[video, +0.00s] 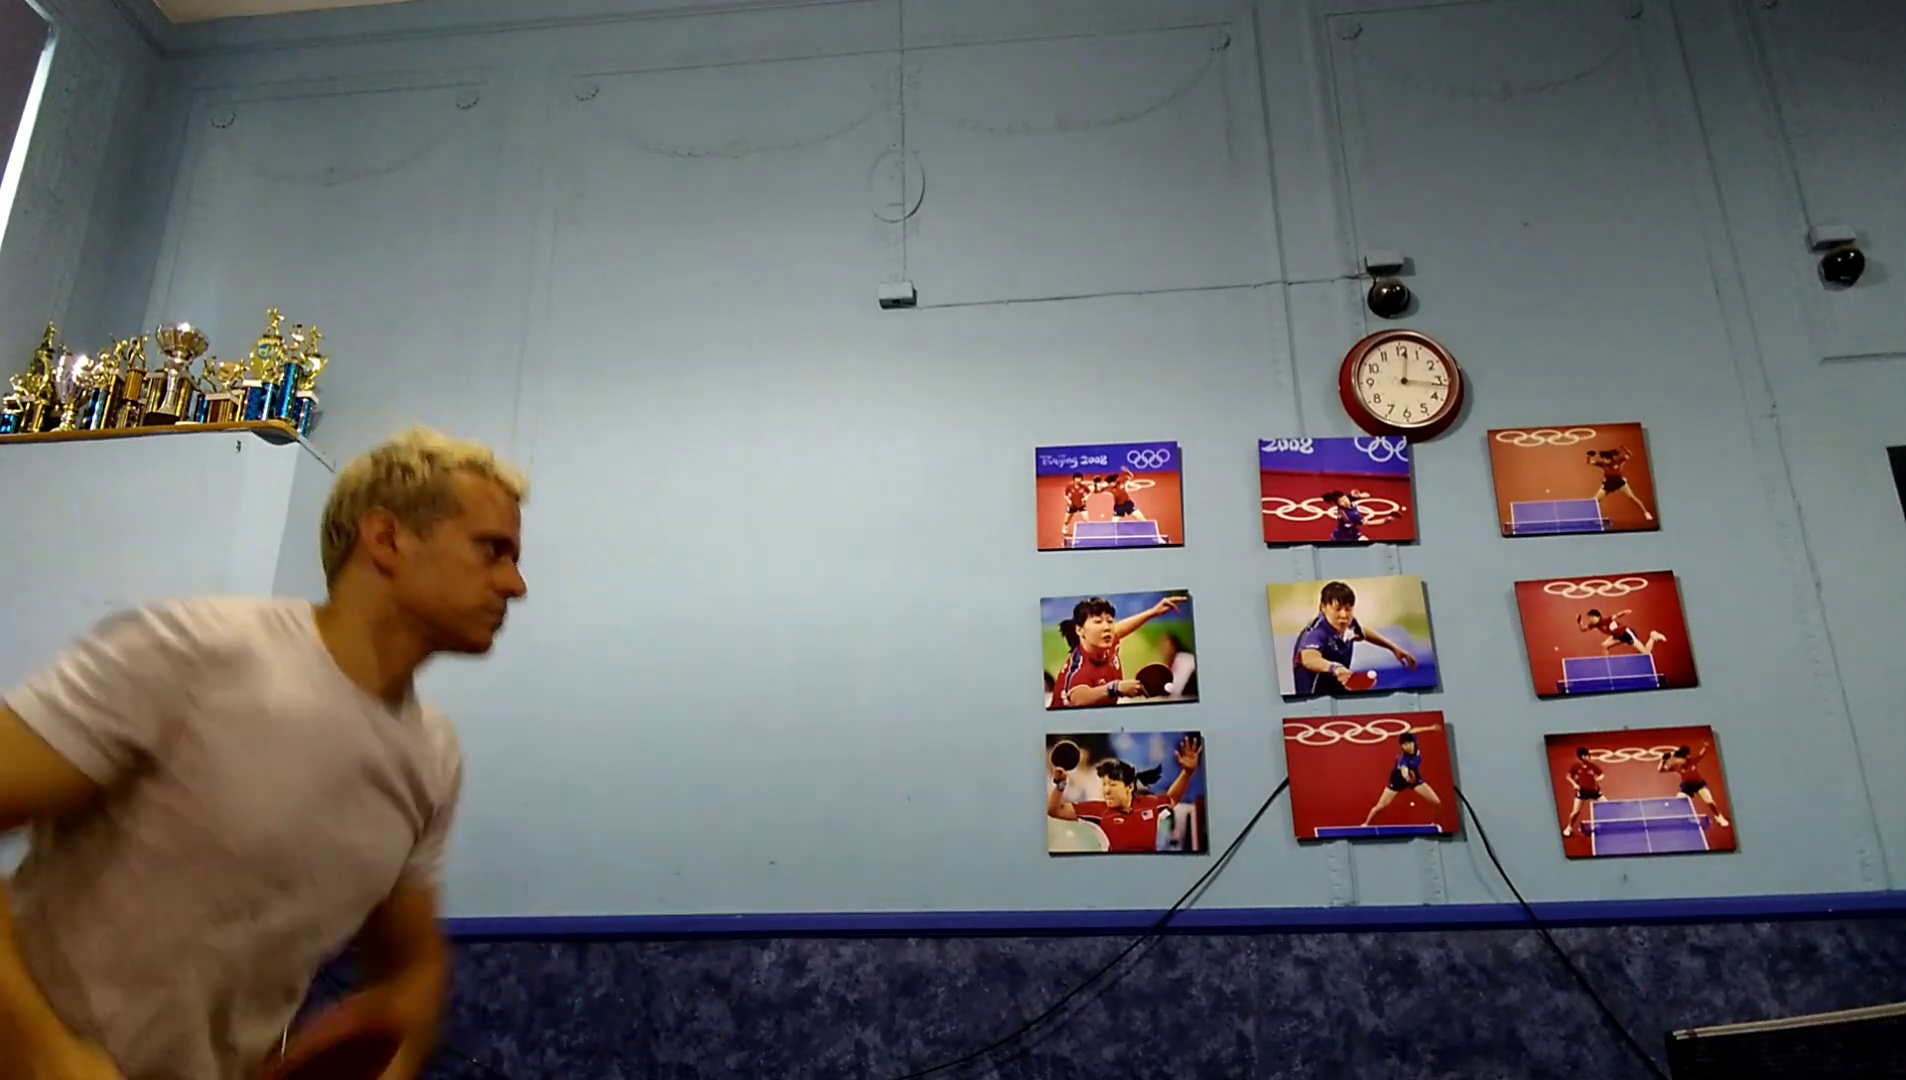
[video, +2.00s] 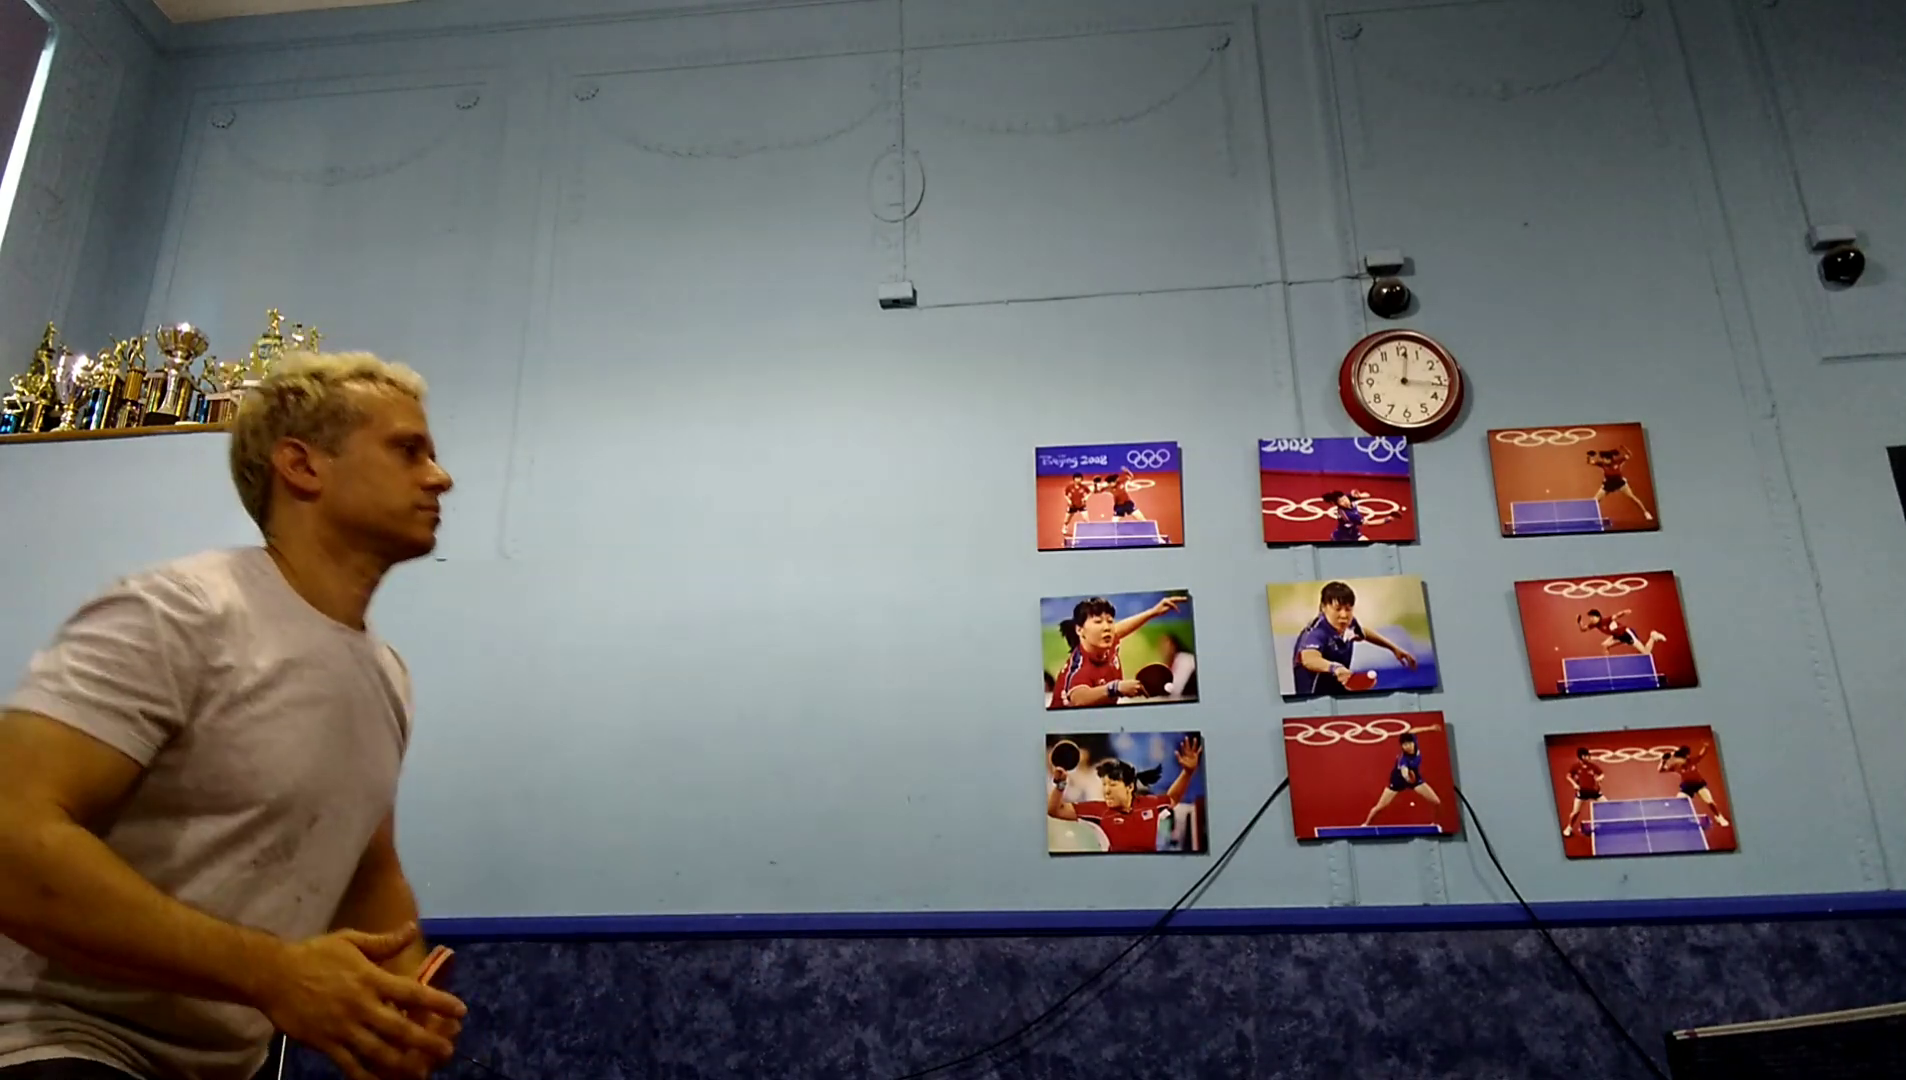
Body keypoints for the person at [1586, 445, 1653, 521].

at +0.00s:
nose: (1605, 461)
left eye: (1606, 460)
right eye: (1603, 460)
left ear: (1610, 459)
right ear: (1603, 459)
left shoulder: (1618, 461)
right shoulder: (1602, 464)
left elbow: (1629, 456)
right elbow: (1590, 463)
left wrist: (1624, 448)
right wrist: (1589, 457)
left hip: (1620, 482)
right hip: (1608, 483)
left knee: (1632, 497)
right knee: (1595, 499)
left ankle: (1645, 512)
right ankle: (1591, 518)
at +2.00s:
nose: (1605, 461)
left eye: (1606, 460)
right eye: (1603, 460)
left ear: (1609, 459)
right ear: (1603, 459)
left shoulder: (1617, 461)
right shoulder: (1602, 464)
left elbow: (1628, 457)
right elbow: (1590, 463)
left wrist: (1624, 449)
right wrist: (1590, 457)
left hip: (1620, 482)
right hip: (1608, 482)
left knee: (1632, 497)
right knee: (1595, 499)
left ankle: (1645, 512)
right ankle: (1593, 519)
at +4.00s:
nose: (1604, 461)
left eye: (1606, 460)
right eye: (1603, 460)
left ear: (1609, 458)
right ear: (1602, 459)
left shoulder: (1618, 461)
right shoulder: (1602, 464)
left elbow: (1629, 455)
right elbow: (1590, 463)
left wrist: (1624, 448)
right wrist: (1589, 457)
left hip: (1620, 482)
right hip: (1608, 483)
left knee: (1632, 497)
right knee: (1595, 499)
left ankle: (1645, 512)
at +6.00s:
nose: (1605, 461)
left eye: (1606, 459)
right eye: (1603, 460)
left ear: (1609, 458)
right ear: (1602, 459)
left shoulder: (1618, 462)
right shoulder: (1602, 464)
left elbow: (1629, 456)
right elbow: (1590, 463)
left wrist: (1624, 449)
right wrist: (1589, 456)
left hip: (1620, 482)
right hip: (1608, 483)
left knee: (1632, 497)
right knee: (1596, 499)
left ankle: (1645, 512)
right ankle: (1591, 519)